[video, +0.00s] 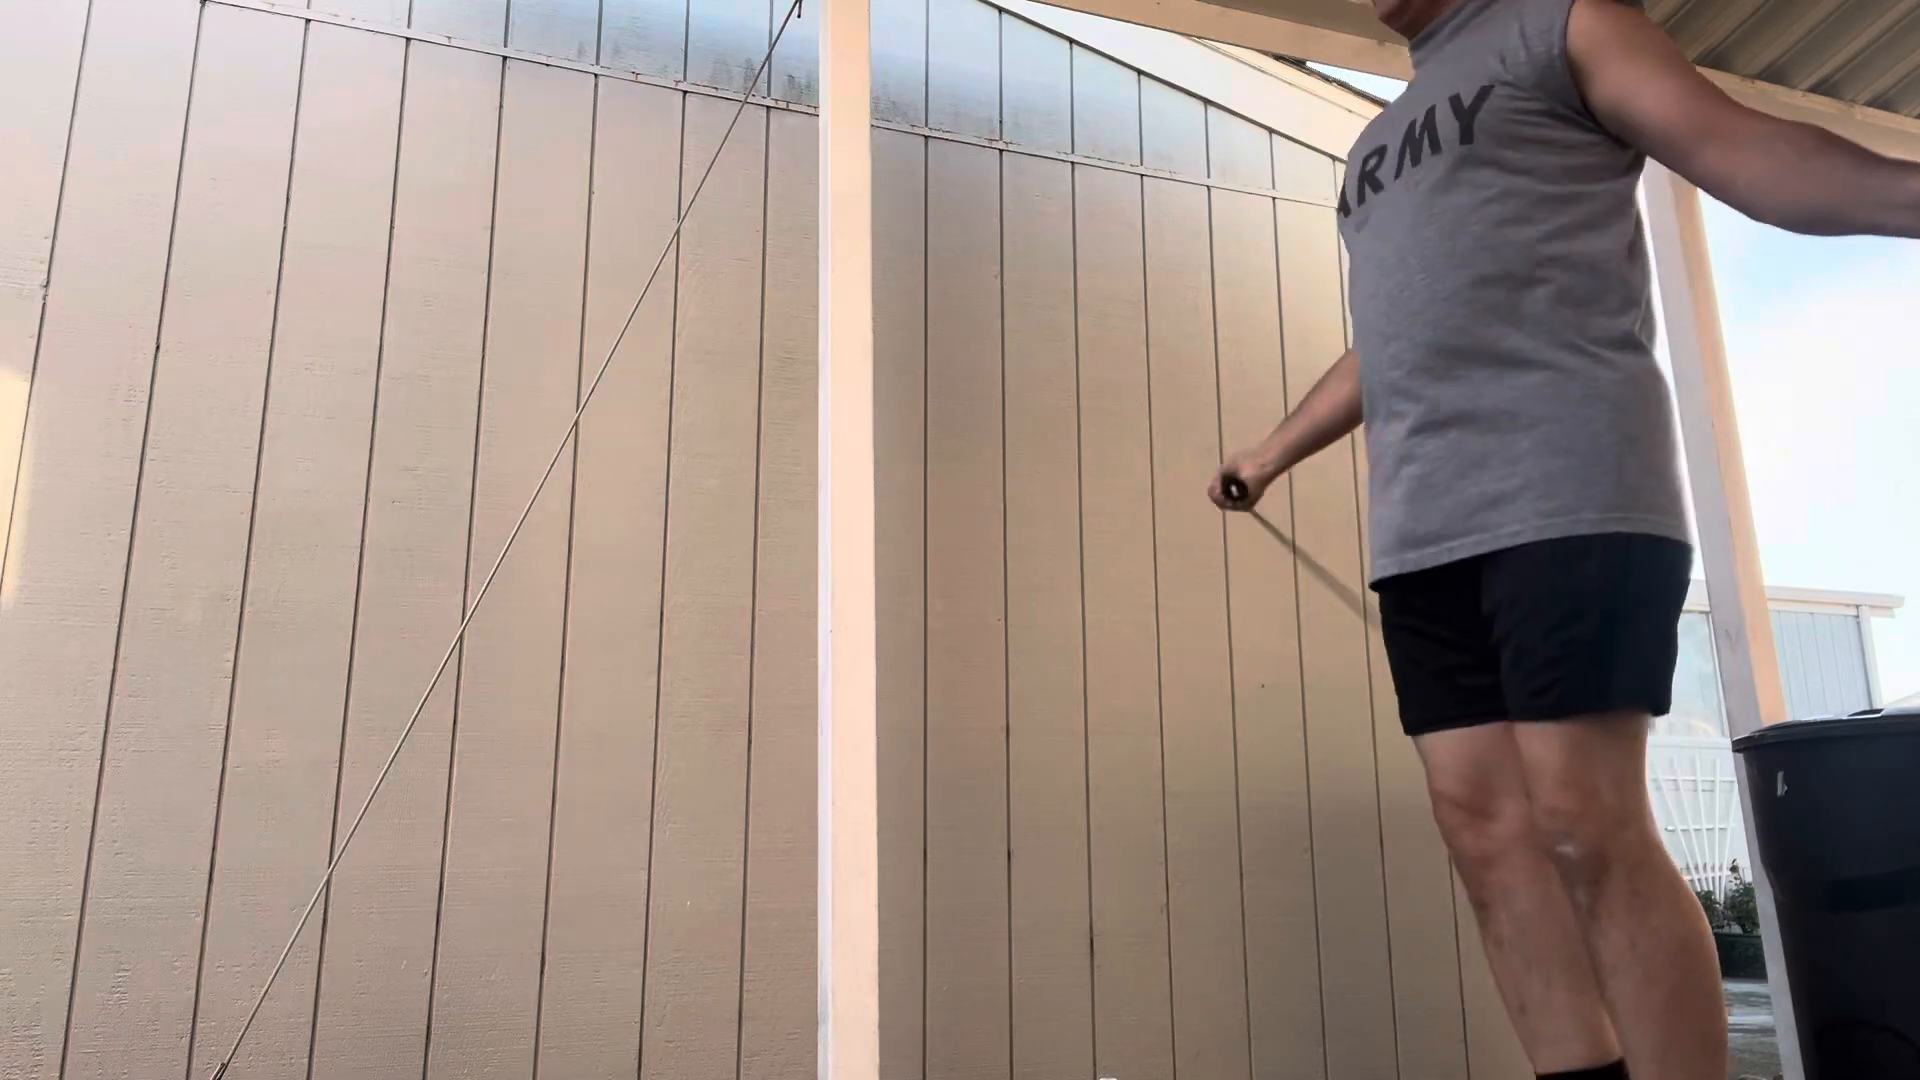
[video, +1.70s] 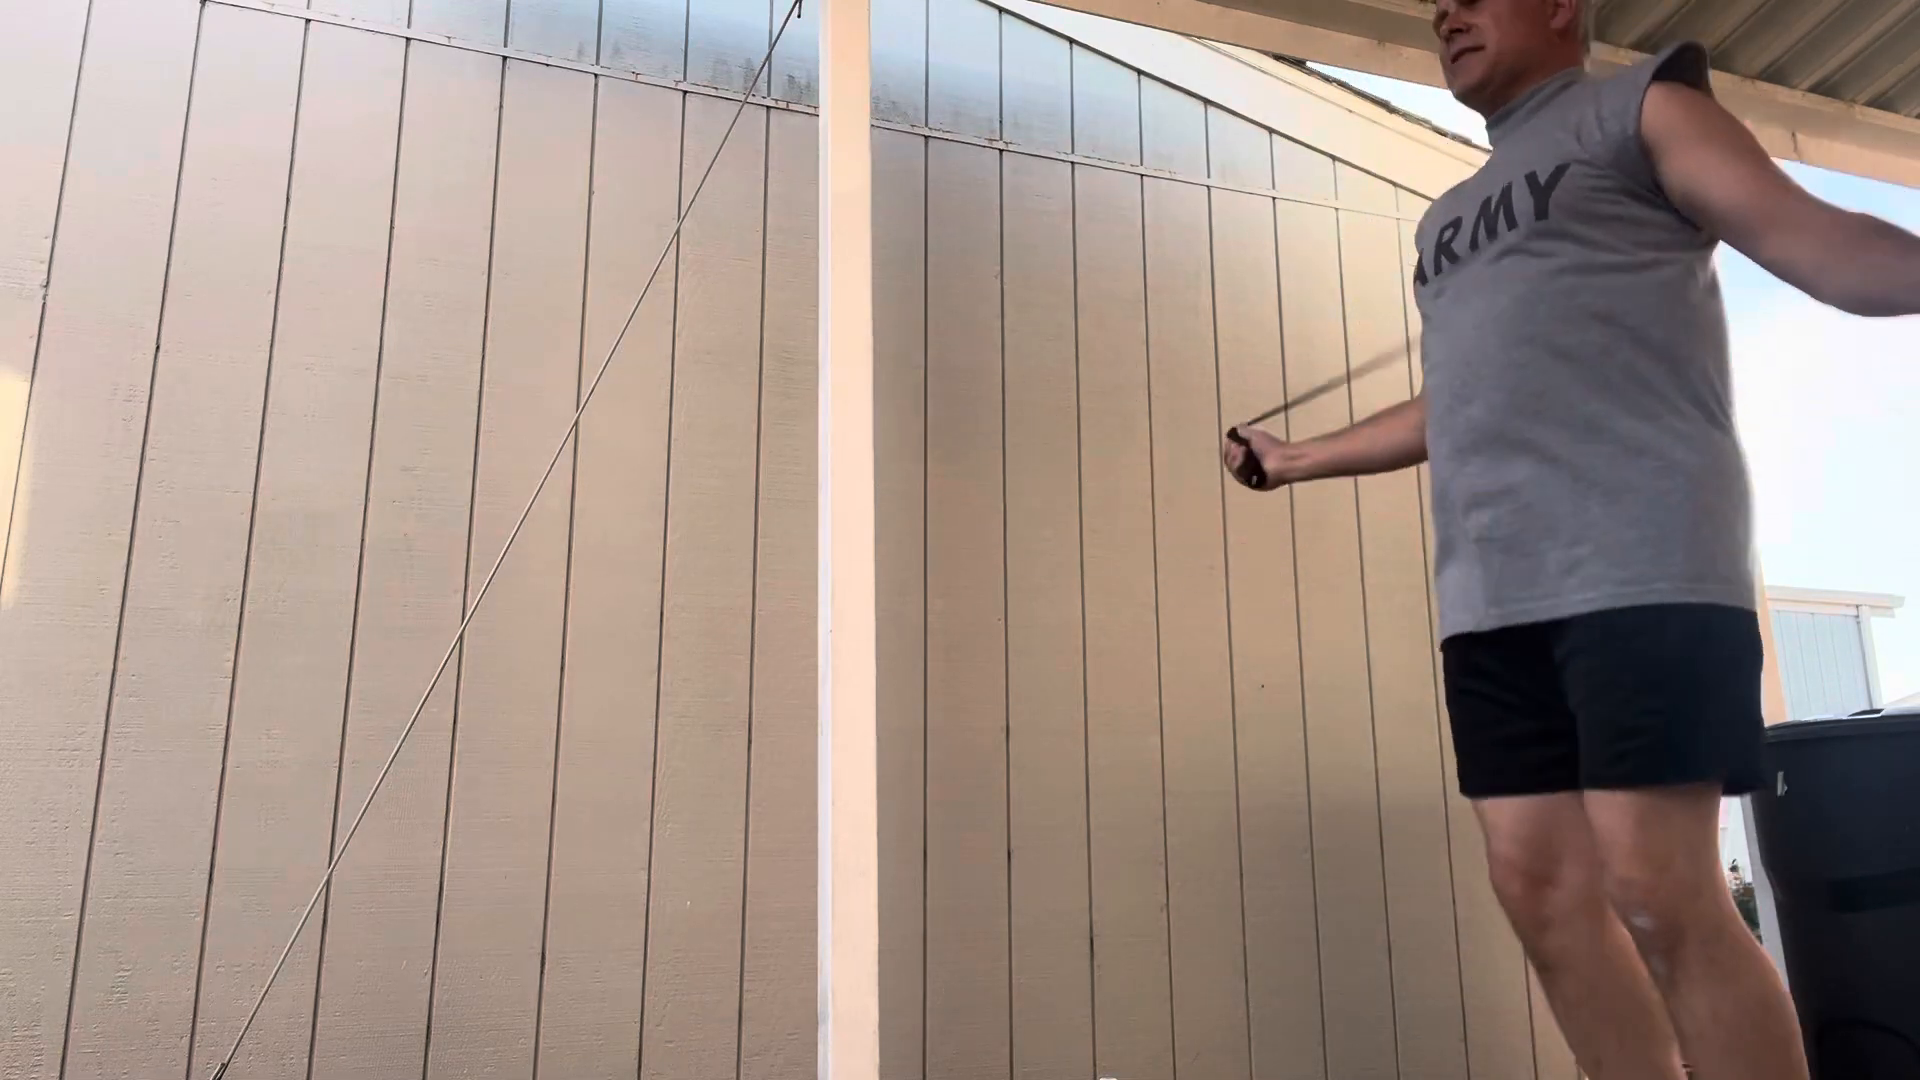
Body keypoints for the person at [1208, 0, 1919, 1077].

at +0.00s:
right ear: (1390, 1)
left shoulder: (1556, 24)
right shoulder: (1372, 148)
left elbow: (1728, 142)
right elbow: (1382, 349)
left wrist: (1904, 195)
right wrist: (1266, 456)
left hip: (1576, 484)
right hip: (1420, 519)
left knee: (1590, 821)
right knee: (1483, 831)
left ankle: (1682, 1065)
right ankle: (1586, 1065)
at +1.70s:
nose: (1448, 14)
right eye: (1441, 7)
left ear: (1564, 7)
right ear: (1444, 51)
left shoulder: (1640, 102)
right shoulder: (1445, 220)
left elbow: (1800, 231)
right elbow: (1449, 408)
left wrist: (1919, 273)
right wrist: (1291, 459)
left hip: (1647, 559)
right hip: (1487, 584)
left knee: (1666, 896)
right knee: (1539, 893)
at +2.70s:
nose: (1450, 21)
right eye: (1442, 14)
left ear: (1563, 11)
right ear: (1449, 53)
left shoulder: (1644, 116)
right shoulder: (1460, 230)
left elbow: (1774, 258)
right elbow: (1452, 423)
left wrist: (1911, 362)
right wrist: (1319, 529)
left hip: (1655, 584)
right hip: (1509, 613)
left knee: (1682, 915)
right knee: (1568, 909)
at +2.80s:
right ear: (1454, 19)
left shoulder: (1636, 44)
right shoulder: (1448, 175)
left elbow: (1784, 174)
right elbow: (1456, 364)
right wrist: (1349, 496)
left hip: (1648, 476)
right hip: (1503, 513)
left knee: (1662, 821)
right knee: (1565, 821)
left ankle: (1761, 1069)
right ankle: (1663, 1069)